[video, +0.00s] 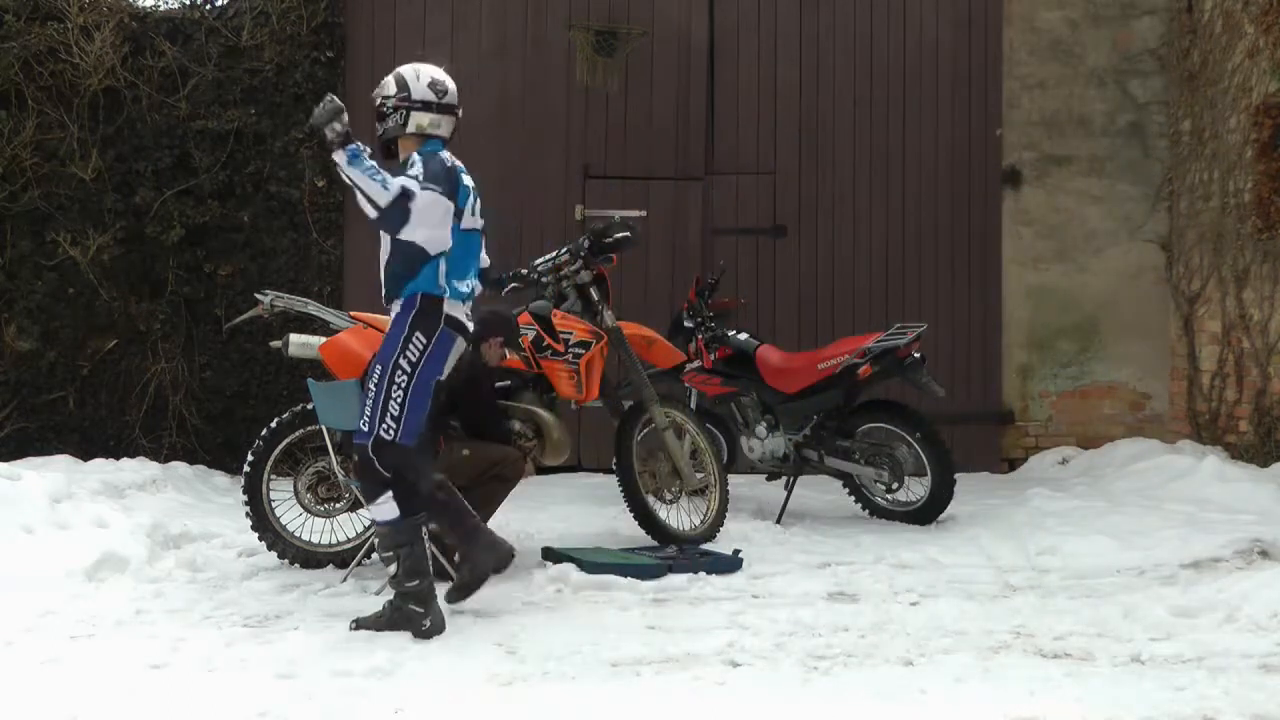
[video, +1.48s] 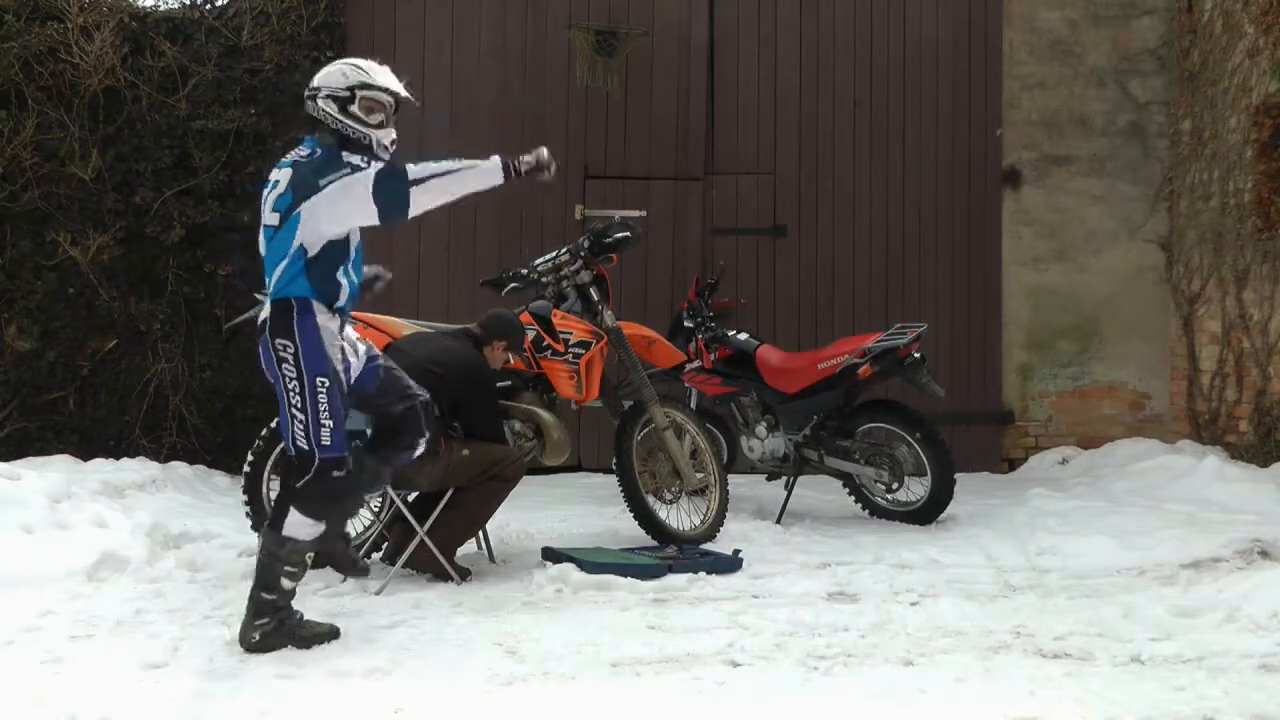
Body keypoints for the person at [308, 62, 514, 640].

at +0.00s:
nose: (381, 121)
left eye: (385, 111)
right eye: (383, 111)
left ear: (401, 114)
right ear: (440, 118)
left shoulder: (431, 167)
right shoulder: (450, 171)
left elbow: (405, 216)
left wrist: (345, 148)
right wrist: (353, 161)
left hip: (427, 314)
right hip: (440, 314)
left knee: (375, 448)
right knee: (392, 445)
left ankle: (413, 597)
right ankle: (477, 543)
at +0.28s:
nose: (344, 116)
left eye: (344, 108)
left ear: (345, 110)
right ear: (405, 108)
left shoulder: (344, 156)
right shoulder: (434, 169)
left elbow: (269, 191)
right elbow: (483, 232)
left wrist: (228, 206)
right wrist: (516, 276)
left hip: (366, 306)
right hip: (399, 310)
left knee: (353, 448)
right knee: (311, 428)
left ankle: (408, 593)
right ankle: (338, 569)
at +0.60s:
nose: (386, 144)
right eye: (384, 135)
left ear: (324, 125)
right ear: (375, 134)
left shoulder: (287, 173)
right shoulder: (394, 195)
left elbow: (257, 252)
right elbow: (439, 198)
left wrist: (238, 318)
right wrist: (421, 153)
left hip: (284, 337)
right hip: (351, 347)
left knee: (259, 421)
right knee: (328, 468)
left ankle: (246, 503)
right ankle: (329, 598)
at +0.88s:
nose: (367, 137)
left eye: (367, 126)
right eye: (358, 125)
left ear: (298, 121)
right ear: (325, 123)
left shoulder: (243, 168)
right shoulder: (335, 189)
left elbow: (187, 211)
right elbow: (352, 287)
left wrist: (202, 168)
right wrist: (369, 353)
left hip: (242, 341)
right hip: (308, 346)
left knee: (232, 463)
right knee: (322, 460)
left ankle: (211, 605)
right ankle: (324, 594)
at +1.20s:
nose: (355, 116)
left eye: (355, 105)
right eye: (343, 107)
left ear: (292, 117)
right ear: (308, 113)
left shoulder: (263, 169)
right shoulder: (311, 168)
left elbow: (241, 248)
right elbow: (324, 231)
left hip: (252, 334)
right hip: (300, 333)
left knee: (265, 468)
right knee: (339, 468)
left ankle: (214, 603)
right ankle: (274, 604)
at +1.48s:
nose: (382, 123)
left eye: (388, 112)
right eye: (370, 109)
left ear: (388, 114)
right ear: (333, 108)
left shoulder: (307, 166)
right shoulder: (318, 171)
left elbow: (294, 246)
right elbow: (408, 188)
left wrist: (351, 276)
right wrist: (508, 168)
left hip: (324, 326)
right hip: (296, 329)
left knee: (410, 416)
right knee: (325, 472)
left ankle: (331, 525)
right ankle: (266, 615)